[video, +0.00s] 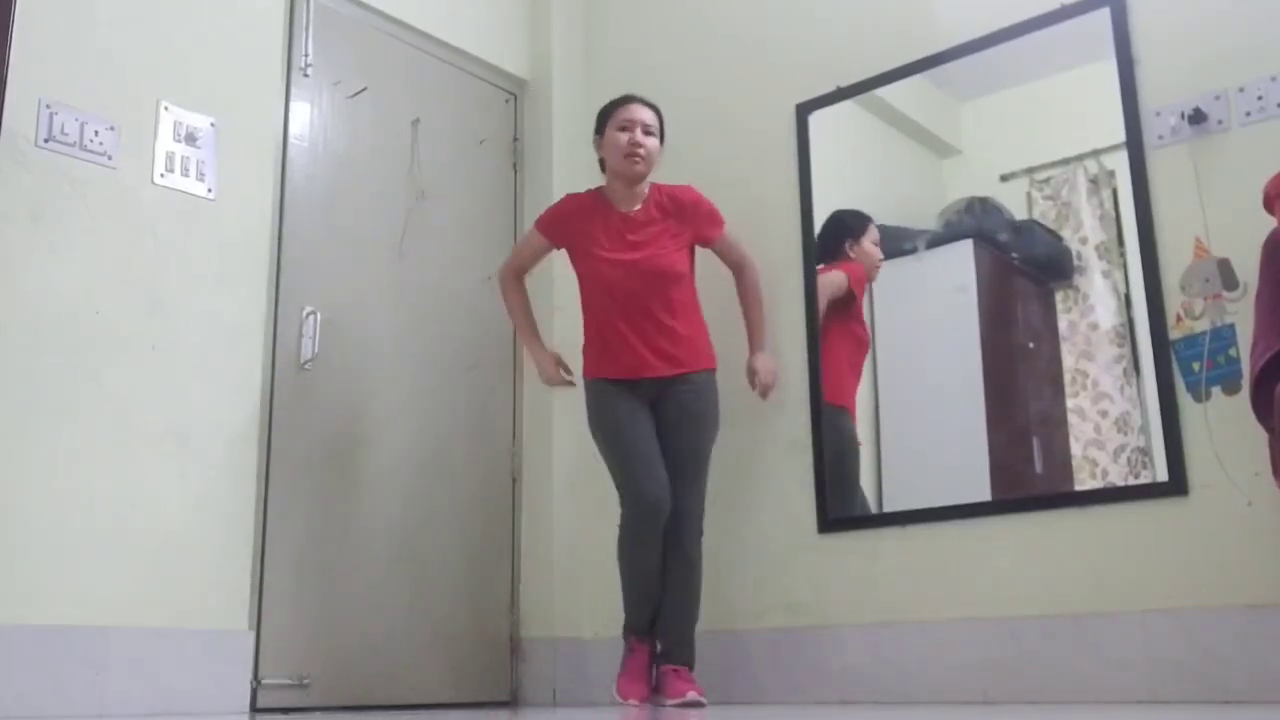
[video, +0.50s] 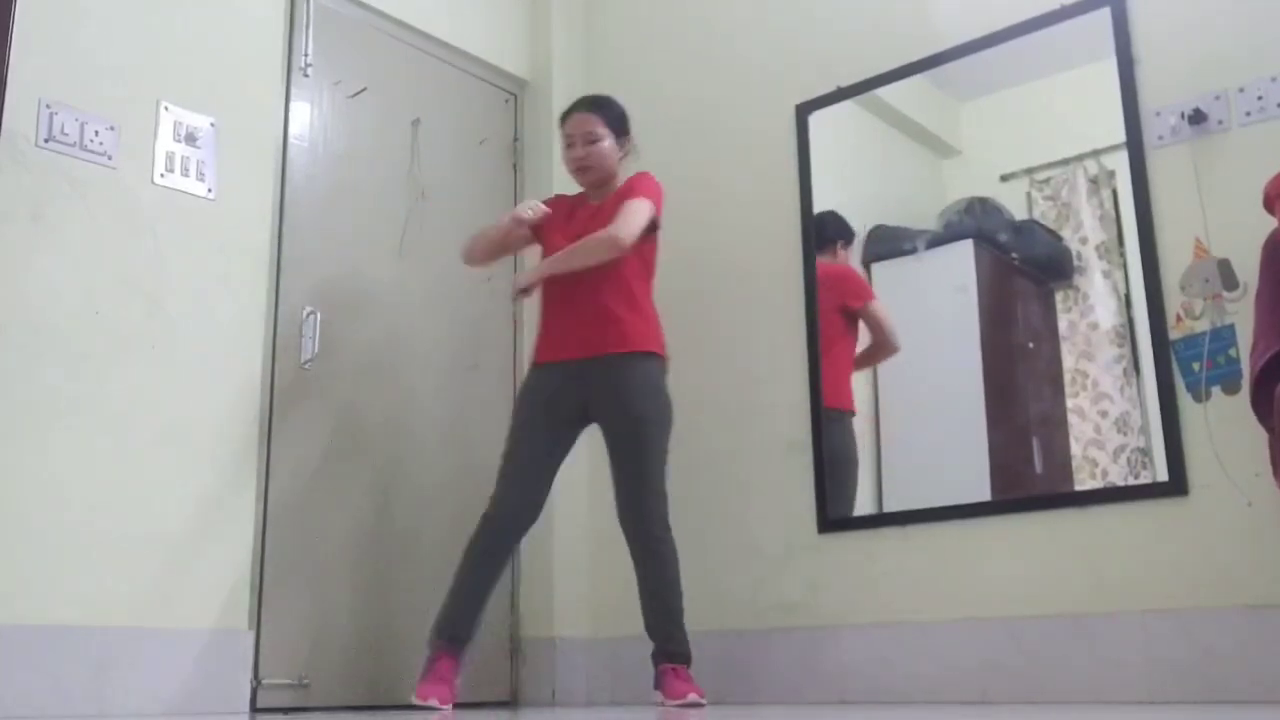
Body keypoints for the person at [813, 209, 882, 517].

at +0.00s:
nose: (881, 254)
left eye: (879, 245)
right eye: (875, 244)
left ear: (852, 246)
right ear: (851, 247)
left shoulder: (826, 274)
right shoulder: (854, 270)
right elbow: (823, 285)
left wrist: (849, 428)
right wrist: (811, 339)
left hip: (833, 411)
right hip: (832, 410)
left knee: (851, 506)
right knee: (845, 509)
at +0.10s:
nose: (877, 255)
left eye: (876, 246)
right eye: (872, 245)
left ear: (846, 248)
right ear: (850, 247)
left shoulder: (820, 276)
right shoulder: (849, 274)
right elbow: (831, 320)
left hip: (820, 415)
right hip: (837, 415)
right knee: (849, 514)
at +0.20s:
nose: (871, 259)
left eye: (870, 250)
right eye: (867, 249)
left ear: (832, 250)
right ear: (846, 250)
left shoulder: (807, 279)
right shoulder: (846, 280)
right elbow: (852, 357)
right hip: (831, 420)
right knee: (854, 521)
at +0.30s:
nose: (865, 255)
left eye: (863, 246)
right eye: (861, 246)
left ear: (821, 246)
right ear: (844, 248)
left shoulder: (805, 276)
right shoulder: (844, 278)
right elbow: (879, 360)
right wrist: (899, 389)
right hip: (833, 413)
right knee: (853, 509)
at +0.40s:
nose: (861, 254)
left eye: (861, 246)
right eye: (859, 245)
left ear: (818, 240)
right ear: (843, 243)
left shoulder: (801, 272)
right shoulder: (846, 274)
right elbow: (895, 342)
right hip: (833, 414)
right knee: (843, 519)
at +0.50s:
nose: (847, 259)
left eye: (848, 251)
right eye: (848, 250)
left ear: (811, 244)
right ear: (839, 247)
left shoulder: (790, 272)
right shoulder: (840, 274)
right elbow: (888, 342)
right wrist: (844, 363)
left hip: (789, 410)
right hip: (829, 413)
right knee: (836, 520)